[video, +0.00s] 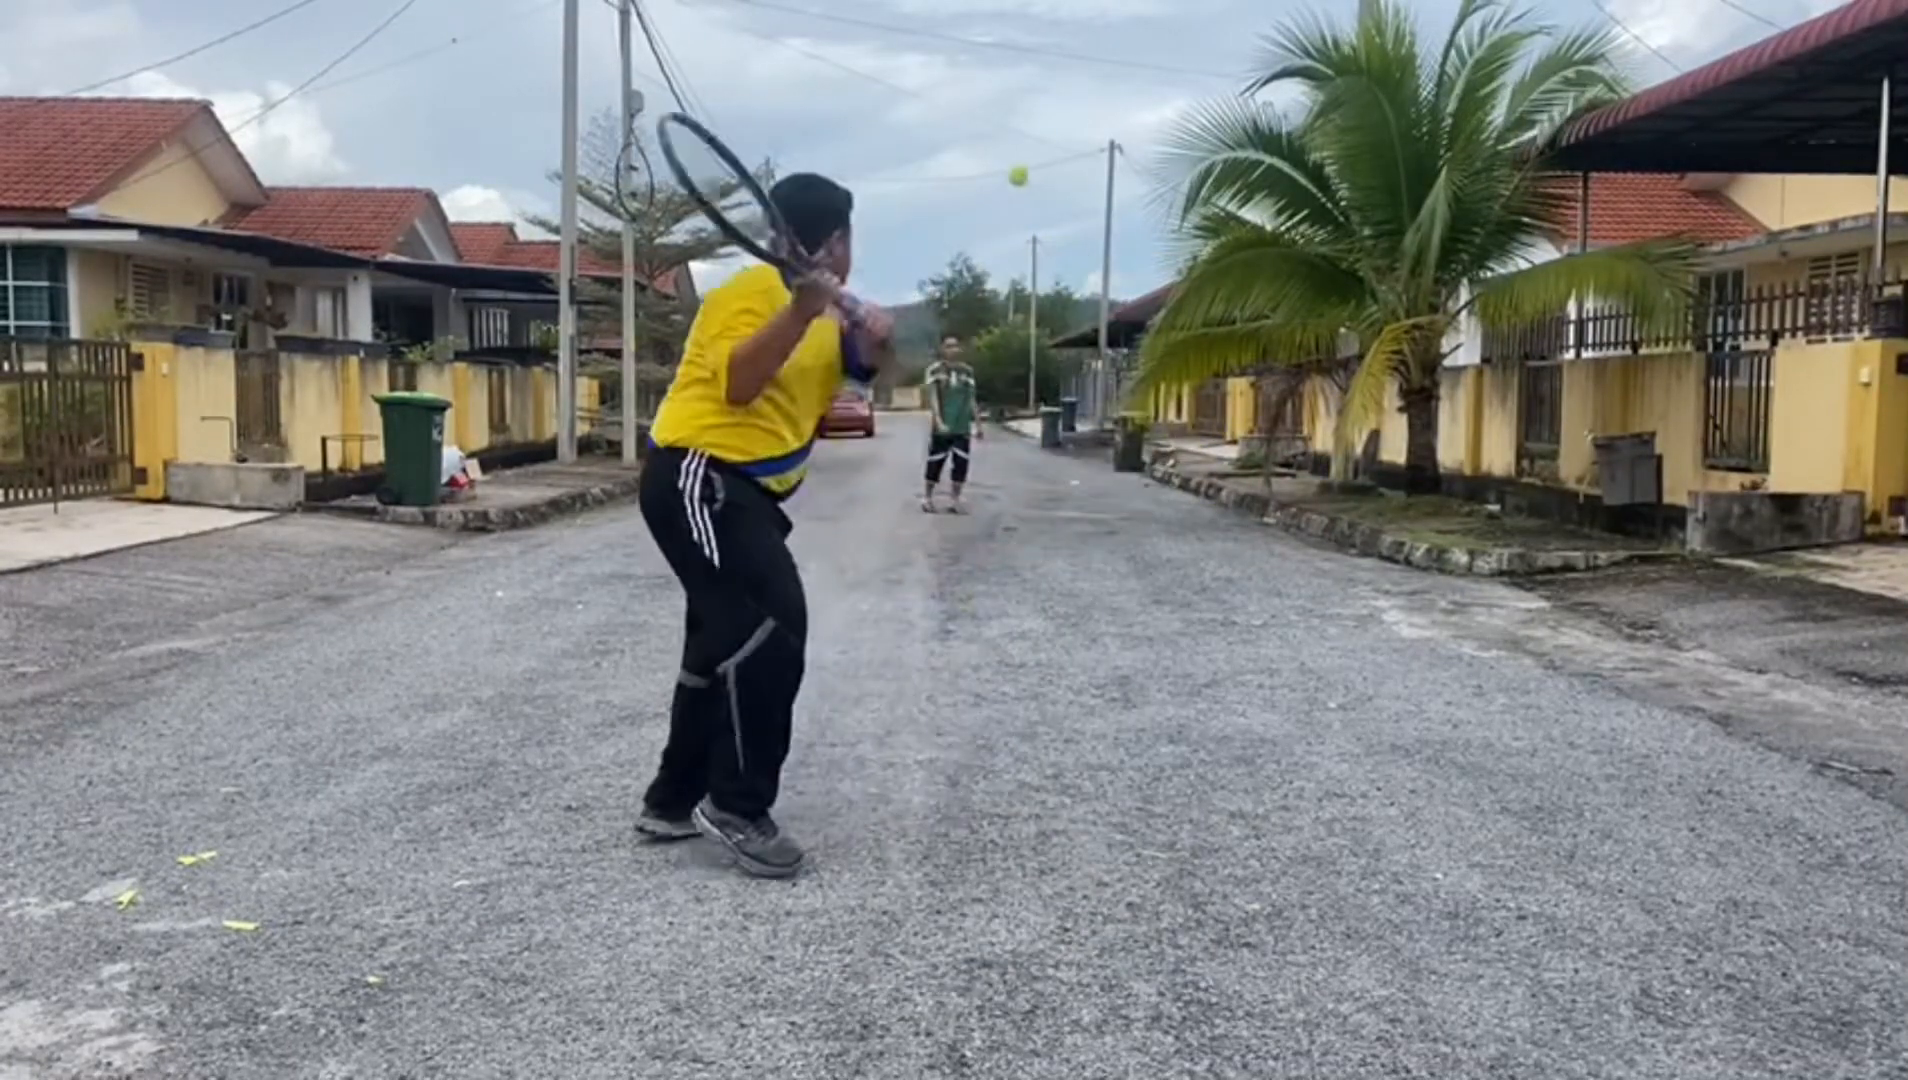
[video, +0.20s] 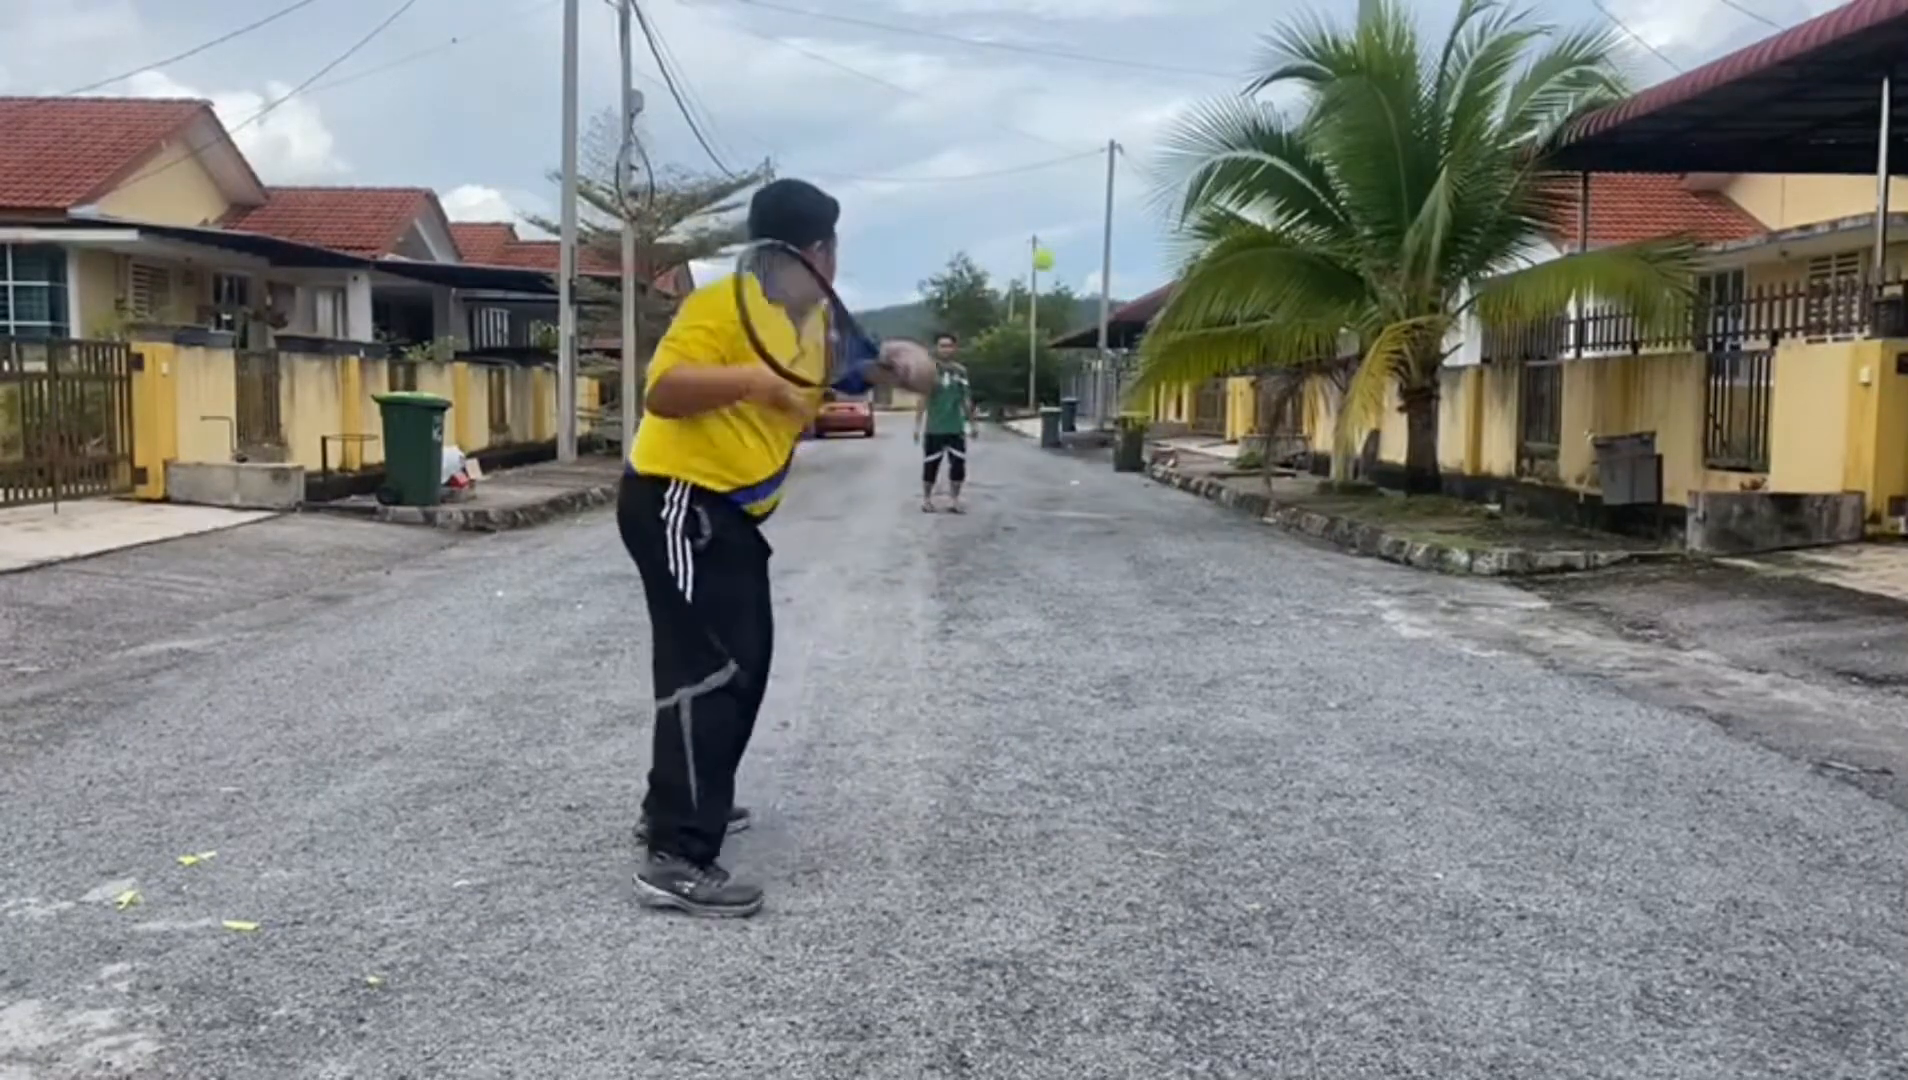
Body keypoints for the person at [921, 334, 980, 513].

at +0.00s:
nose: (953, 350)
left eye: (956, 346)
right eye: (948, 346)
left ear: (960, 349)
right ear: (942, 350)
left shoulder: (967, 371)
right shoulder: (935, 370)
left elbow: (971, 399)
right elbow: (933, 397)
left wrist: (977, 423)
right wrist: (938, 421)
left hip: (962, 426)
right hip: (943, 425)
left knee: (961, 465)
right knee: (935, 462)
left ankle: (956, 499)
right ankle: (928, 497)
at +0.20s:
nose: (945, 350)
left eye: (949, 346)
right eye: (942, 346)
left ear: (955, 349)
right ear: (936, 348)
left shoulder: (960, 371)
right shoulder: (931, 371)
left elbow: (967, 399)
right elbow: (922, 400)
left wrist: (973, 423)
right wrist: (917, 426)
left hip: (956, 426)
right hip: (934, 427)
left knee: (958, 466)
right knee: (931, 466)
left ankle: (955, 499)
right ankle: (927, 498)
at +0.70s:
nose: (939, 351)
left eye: (943, 346)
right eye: (936, 346)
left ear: (949, 349)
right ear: (930, 350)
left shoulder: (956, 373)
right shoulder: (922, 372)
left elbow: (960, 401)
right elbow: (916, 403)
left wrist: (963, 425)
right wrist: (916, 430)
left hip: (951, 427)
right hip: (929, 427)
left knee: (957, 465)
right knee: (927, 465)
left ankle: (959, 498)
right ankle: (926, 499)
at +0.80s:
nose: (938, 351)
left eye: (942, 347)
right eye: (935, 347)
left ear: (948, 349)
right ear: (930, 350)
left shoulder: (957, 372)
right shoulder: (923, 372)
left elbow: (961, 401)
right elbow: (919, 401)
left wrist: (964, 424)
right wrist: (919, 426)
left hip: (951, 426)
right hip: (929, 426)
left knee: (955, 465)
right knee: (927, 465)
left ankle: (959, 498)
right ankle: (926, 499)